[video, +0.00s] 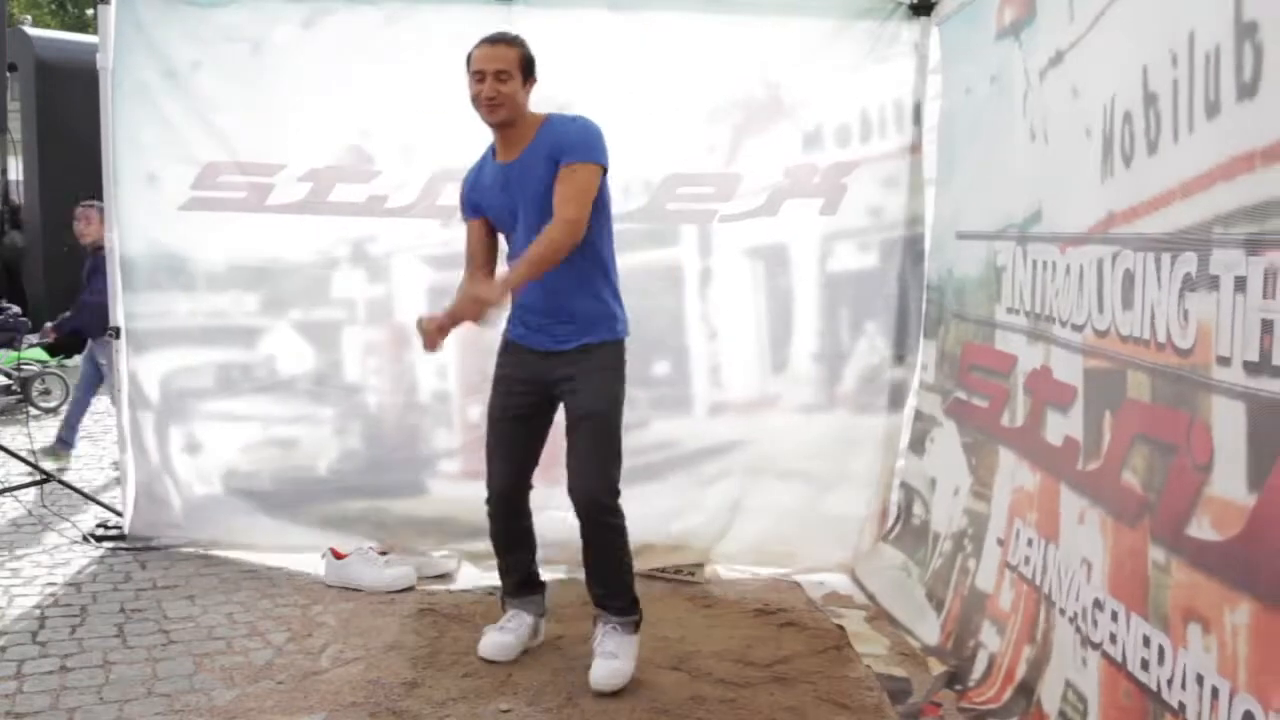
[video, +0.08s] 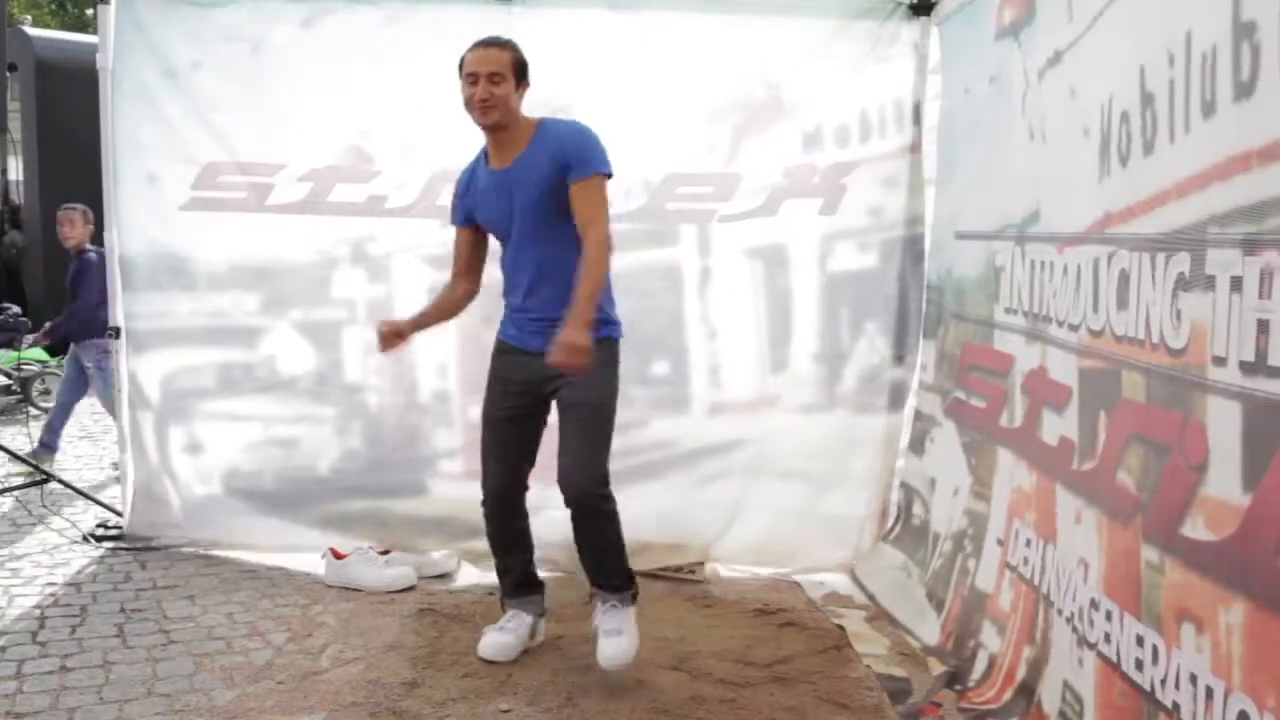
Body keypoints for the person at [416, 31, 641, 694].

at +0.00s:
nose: (491, 88)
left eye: (503, 77)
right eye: (480, 78)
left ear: (529, 84)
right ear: (469, 90)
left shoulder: (575, 136)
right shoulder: (479, 180)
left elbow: (568, 230)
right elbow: (480, 278)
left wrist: (501, 285)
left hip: (592, 345)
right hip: (524, 346)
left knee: (592, 493)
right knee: (504, 489)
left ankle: (617, 624)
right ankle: (523, 609)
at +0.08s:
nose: (482, 91)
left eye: (495, 80)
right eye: (472, 81)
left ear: (521, 89)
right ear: (461, 92)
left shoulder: (570, 142)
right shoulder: (472, 182)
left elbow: (597, 240)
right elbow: (464, 284)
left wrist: (577, 323)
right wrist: (412, 324)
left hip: (586, 342)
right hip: (518, 344)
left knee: (582, 484)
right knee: (499, 487)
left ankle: (614, 601)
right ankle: (524, 607)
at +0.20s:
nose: (484, 77)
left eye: (497, 66)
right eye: (474, 67)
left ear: (523, 74)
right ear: (463, 78)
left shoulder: (572, 134)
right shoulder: (466, 164)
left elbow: (635, 217)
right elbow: (420, 241)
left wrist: (689, 297)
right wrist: (345, 233)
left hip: (583, 337)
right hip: (512, 343)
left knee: (585, 477)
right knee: (501, 481)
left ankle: (602, 604)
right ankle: (524, 606)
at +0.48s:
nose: (521, 84)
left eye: (533, 71)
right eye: (509, 72)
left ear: (557, 75)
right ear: (496, 78)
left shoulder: (598, 144)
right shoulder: (472, 150)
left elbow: (664, 217)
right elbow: (395, 214)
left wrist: (732, 283)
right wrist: (373, 144)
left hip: (583, 344)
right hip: (506, 350)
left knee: (592, 494)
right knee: (519, 497)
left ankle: (587, 630)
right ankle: (547, 613)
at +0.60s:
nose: (532, 90)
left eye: (544, 78)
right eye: (521, 79)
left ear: (570, 81)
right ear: (509, 83)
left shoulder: (607, 155)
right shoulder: (482, 148)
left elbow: (639, 241)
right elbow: (385, 175)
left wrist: (667, 320)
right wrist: (394, 99)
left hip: (582, 348)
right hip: (505, 353)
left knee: (592, 484)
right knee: (515, 498)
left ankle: (585, 615)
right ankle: (544, 615)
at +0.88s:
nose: (552, 75)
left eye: (564, 63)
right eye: (542, 64)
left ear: (593, 66)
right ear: (530, 70)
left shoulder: (626, 153)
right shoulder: (502, 124)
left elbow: (623, 256)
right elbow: (430, 169)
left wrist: (615, 343)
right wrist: (431, 133)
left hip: (583, 345)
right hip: (507, 339)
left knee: (585, 497)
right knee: (506, 484)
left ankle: (586, 631)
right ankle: (527, 602)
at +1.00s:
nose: (549, 88)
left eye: (562, 75)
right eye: (538, 77)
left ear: (591, 80)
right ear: (528, 85)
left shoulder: (630, 164)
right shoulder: (504, 153)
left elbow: (650, 264)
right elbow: (471, 256)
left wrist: (663, 352)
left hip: (591, 356)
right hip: (513, 354)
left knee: (597, 506)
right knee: (490, 493)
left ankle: (586, 633)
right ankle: (513, 592)